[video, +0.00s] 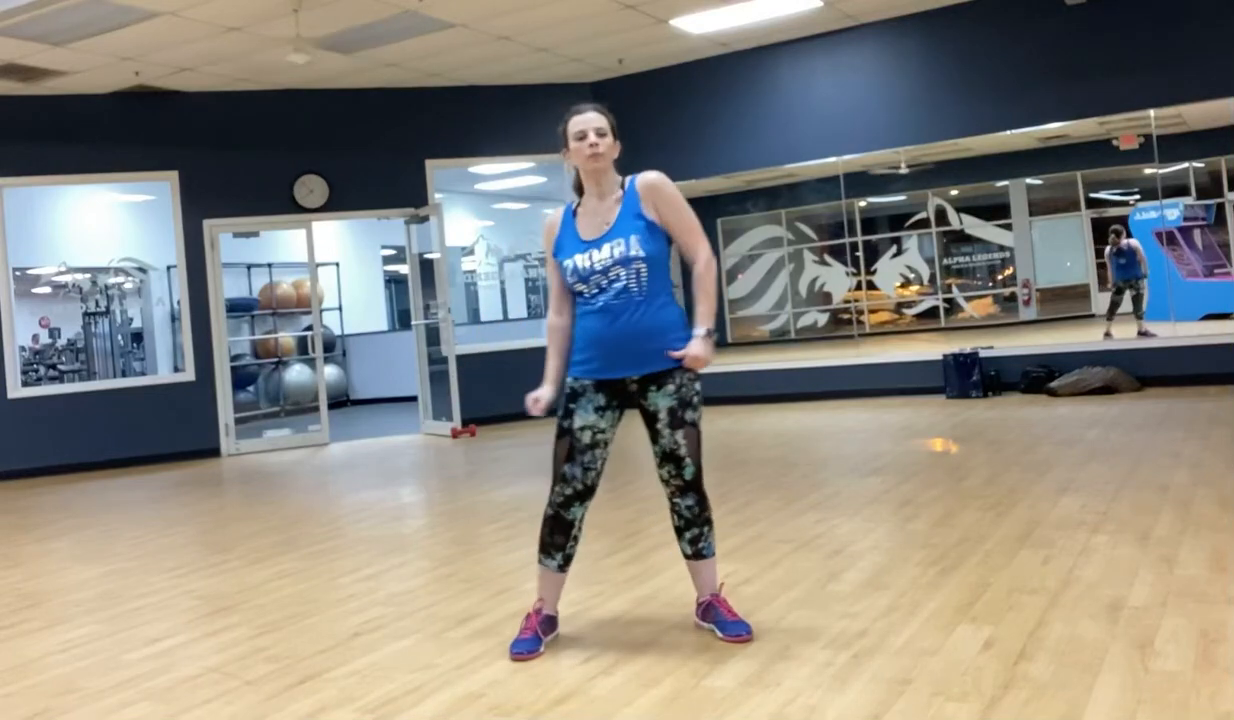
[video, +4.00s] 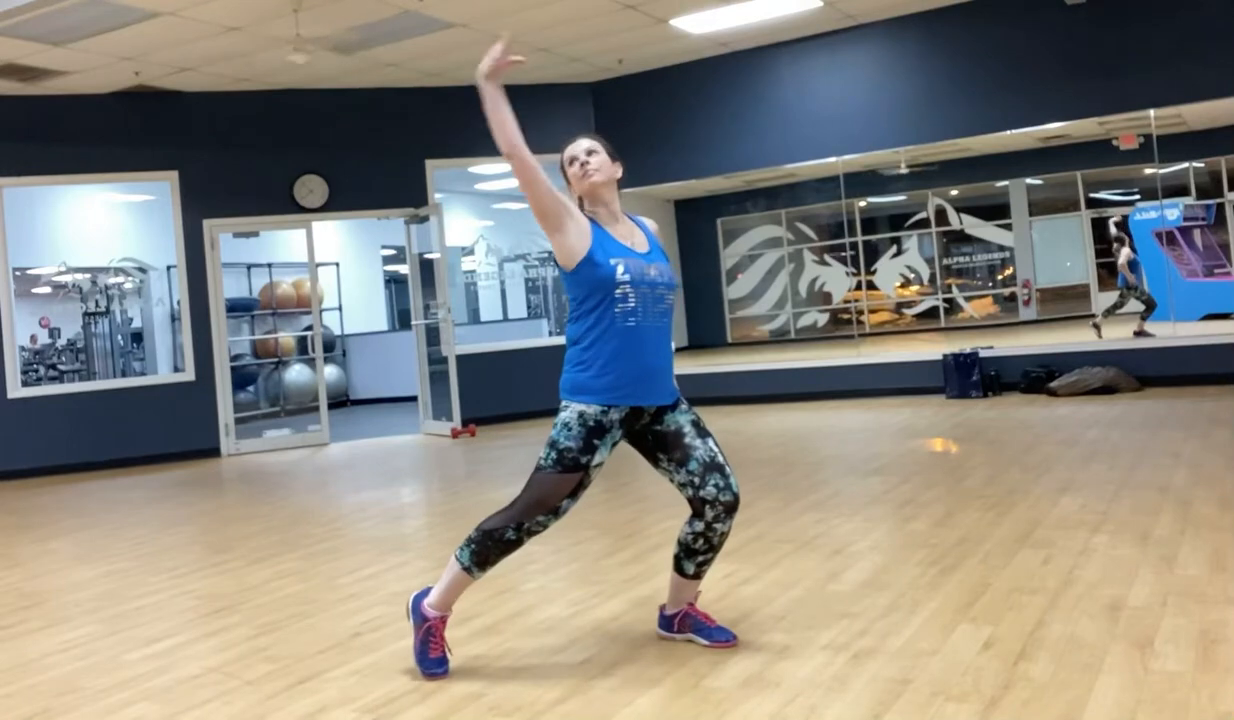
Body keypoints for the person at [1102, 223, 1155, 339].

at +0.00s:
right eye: (1124, 234)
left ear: (1113, 236)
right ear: (1123, 234)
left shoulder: (1109, 249)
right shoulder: (1133, 243)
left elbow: (1109, 267)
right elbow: (1142, 257)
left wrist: (1110, 281)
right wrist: (1145, 271)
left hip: (1120, 280)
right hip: (1136, 278)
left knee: (1114, 304)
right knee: (1138, 304)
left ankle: (1107, 330)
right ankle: (1141, 328)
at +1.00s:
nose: (1123, 236)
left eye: (1122, 233)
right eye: (1121, 234)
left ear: (1111, 237)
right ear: (1117, 236)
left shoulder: (1104, 249)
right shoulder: (1120, 251)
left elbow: (1098, 262)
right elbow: (1129, 267)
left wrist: (1100, 276)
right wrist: (1145, 273)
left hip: (1112, 281)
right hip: (1125, 281)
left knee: (1114, 304)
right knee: (1133, 303)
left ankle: (1108, 330)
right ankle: (1140, 328)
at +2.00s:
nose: (1125, 234)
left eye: (1124, 232)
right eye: (1123, 232)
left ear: (1112, 236)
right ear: (1120, 235)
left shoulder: (1107, 249)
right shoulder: (1128, 247)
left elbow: (1099, 263)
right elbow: (1139, 262)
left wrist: (1103, 280)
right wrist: (1158, 268)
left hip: (1117, 281)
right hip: (1134, 279)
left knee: (1114, 306)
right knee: (1136, 305)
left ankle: (1108, 330)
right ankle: (1141, 328)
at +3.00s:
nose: (1131, 236)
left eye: (1130, 234)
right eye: (1129, 235)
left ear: (1120, 239)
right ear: (1126, 238)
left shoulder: (1120, 248)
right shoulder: (1127, 247)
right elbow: (1122, 261)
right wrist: (1129, 277)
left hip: (1121, 283)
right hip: (1129, 283)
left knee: (1118, 303)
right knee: (1148, 303)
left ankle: (1099, 324)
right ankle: (1139, 328)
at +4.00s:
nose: (1127, 238)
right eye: (1126, 237)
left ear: (1118, 241)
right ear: (1126, 240)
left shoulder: (1120, 248)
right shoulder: (1126, 250)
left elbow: (1115, 234)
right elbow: (1121, 264)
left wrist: (1111, 221)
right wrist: (1130, 276)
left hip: (1125, 285)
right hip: (1132, 285)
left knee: (1118, 305)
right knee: (1152, 305)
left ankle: (1098, 321)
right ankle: (1140, 328)